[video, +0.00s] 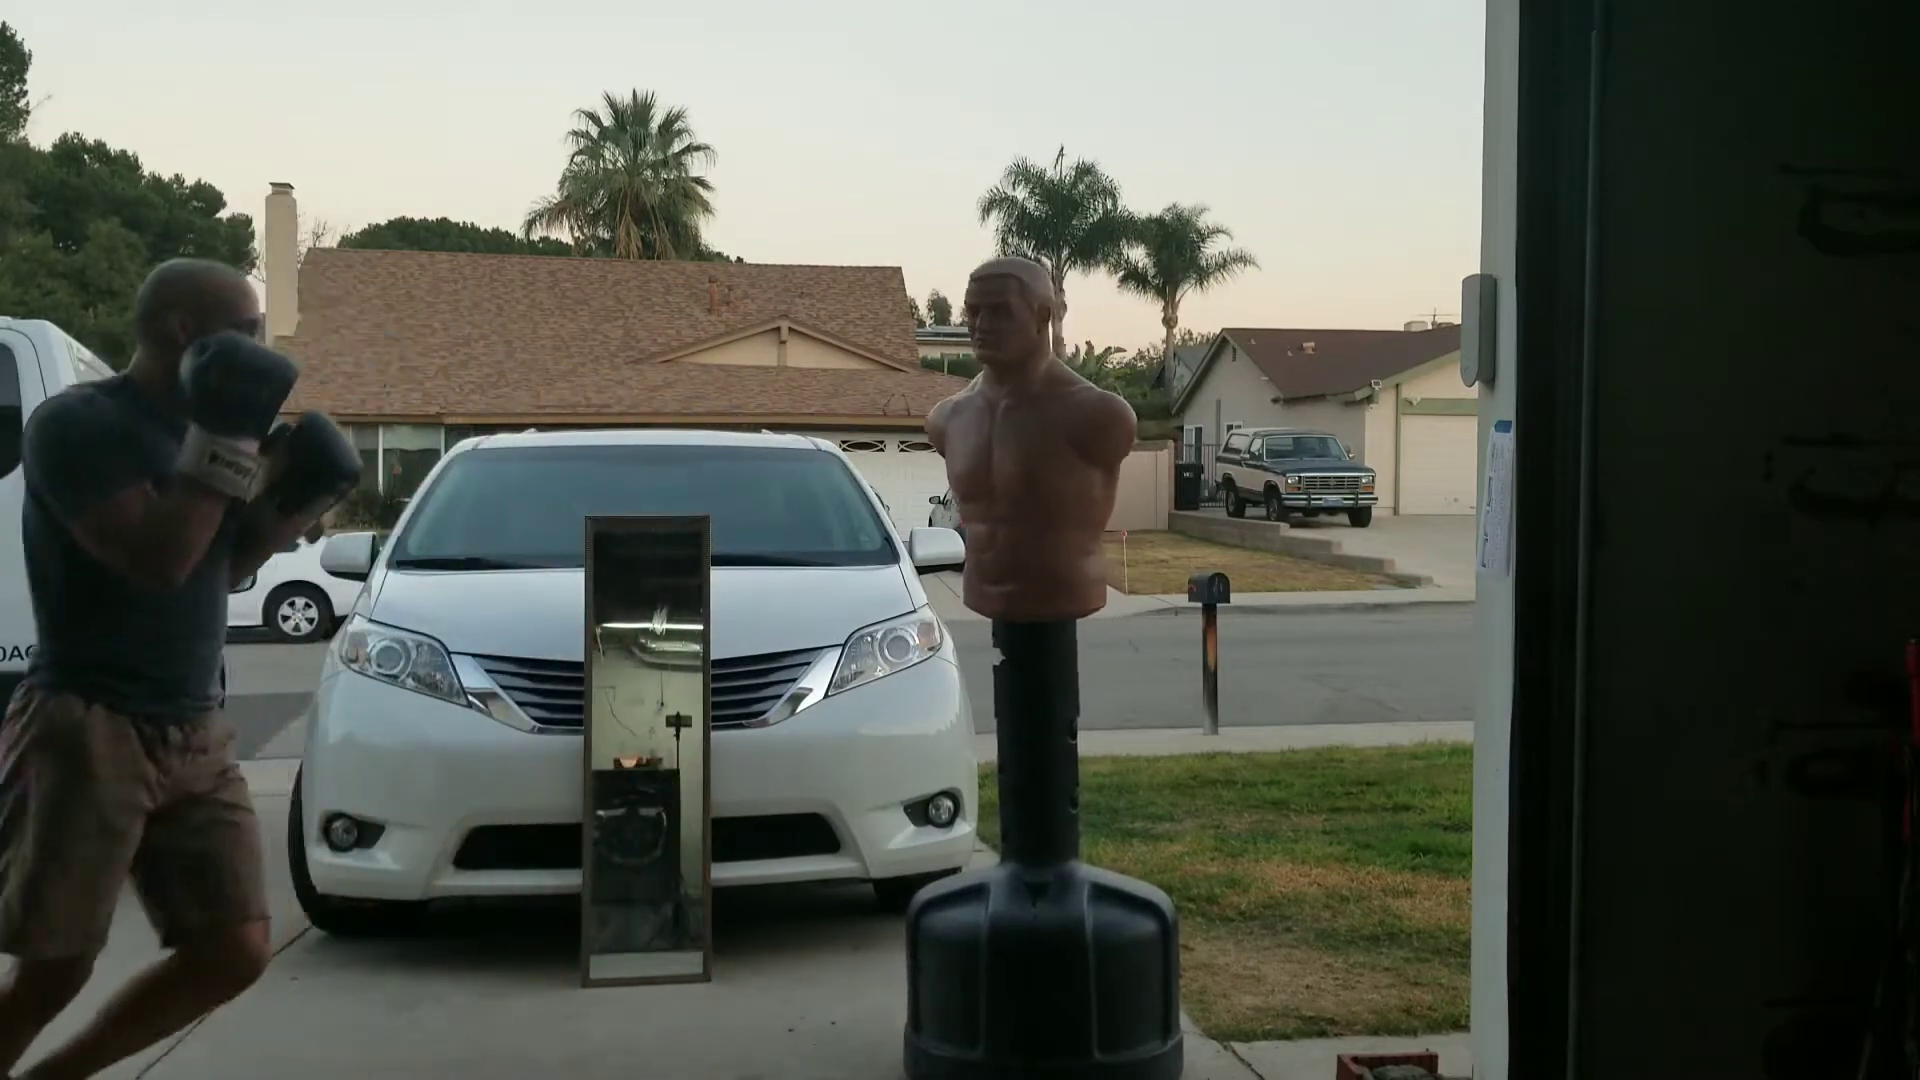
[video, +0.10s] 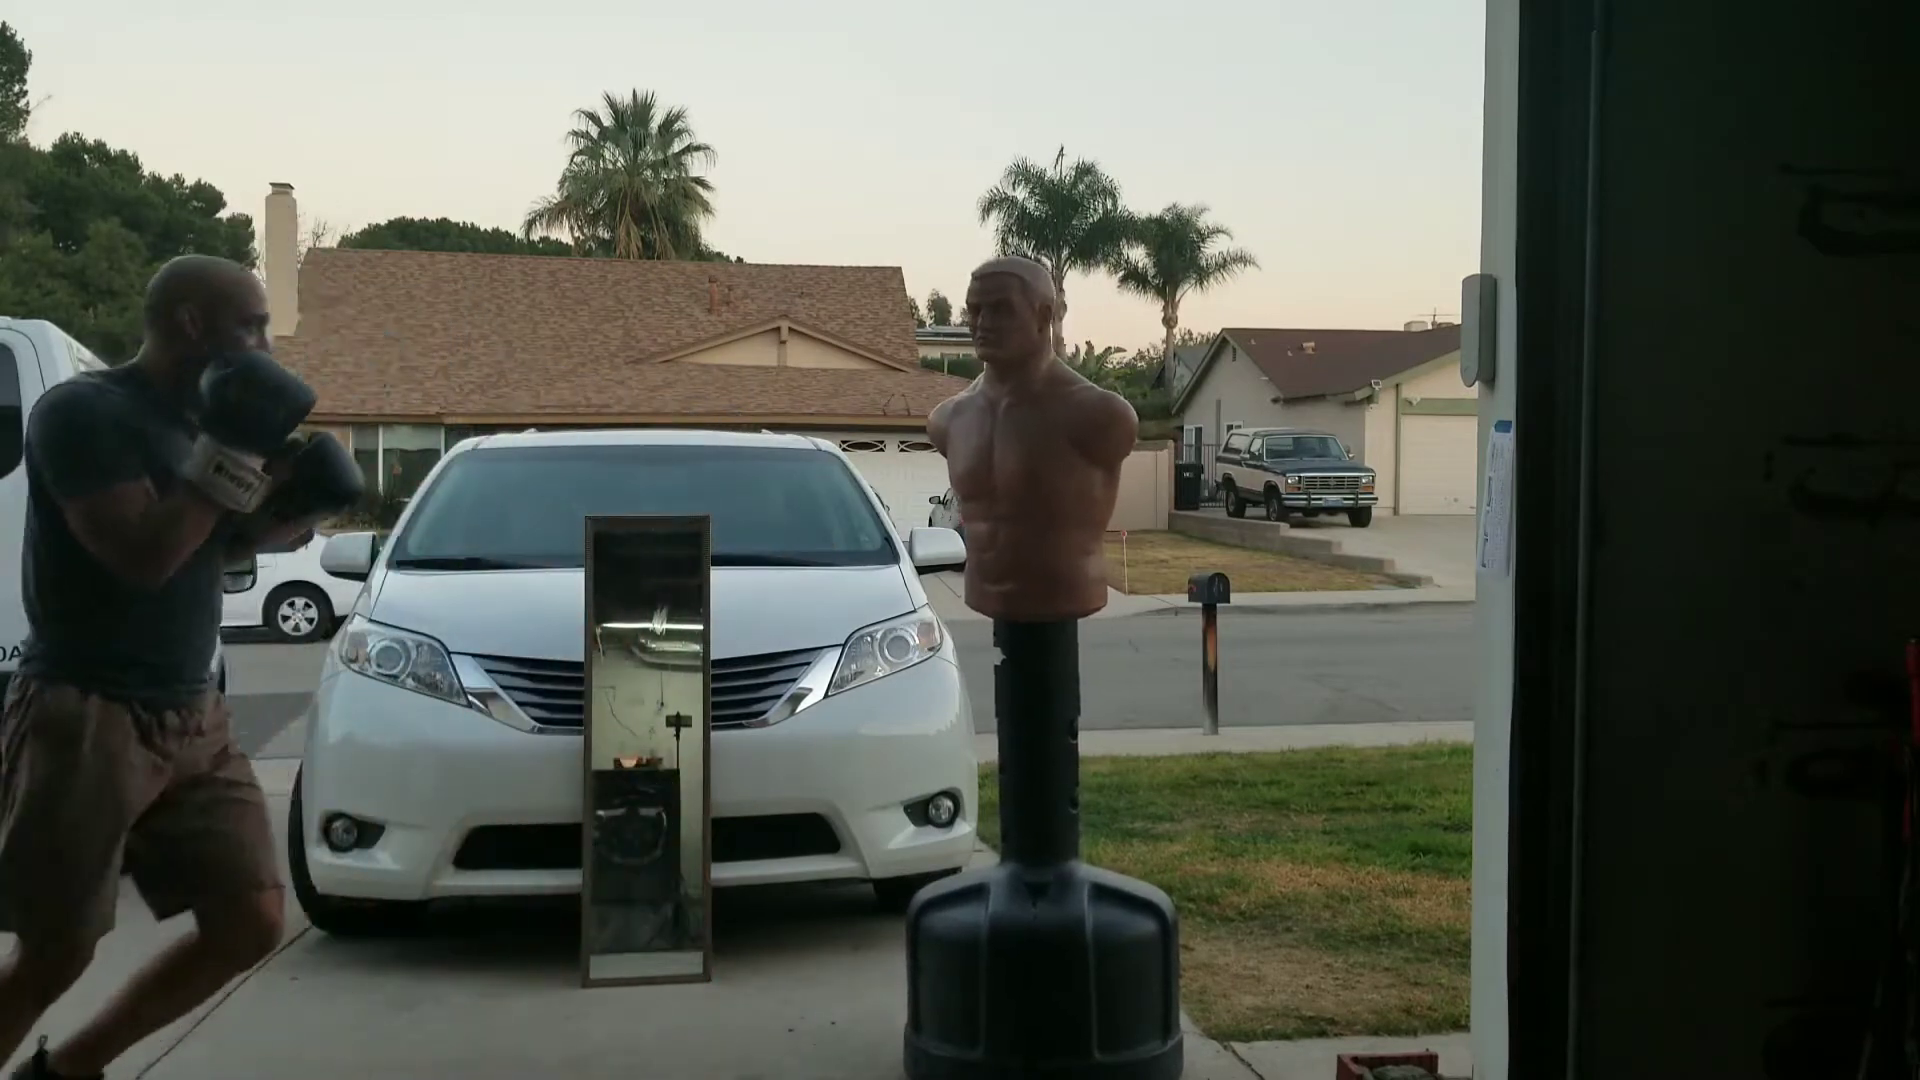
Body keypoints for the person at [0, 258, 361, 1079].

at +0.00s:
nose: (253, 358)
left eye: (258, 341)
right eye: (238, 338)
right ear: (177, 334)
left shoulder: (206, 437)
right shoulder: (73, 423)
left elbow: (217, 568)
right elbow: (161, 559)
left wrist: (290, 506)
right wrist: (229, 438)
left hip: (194, 735)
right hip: (82, 732)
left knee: (232, 953)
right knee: (54, 968)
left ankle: (52, 1072)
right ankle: (4, 1068)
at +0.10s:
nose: (260, 349)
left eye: (263, 331)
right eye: (249, 330)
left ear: (194, 328)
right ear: (186, 325)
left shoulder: (207, 424)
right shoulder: (76, 412)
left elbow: (217, 540)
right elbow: (145, 555)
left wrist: (285, 515)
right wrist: (234, 450)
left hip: (194, 717)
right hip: (82, 721)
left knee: (250, 925)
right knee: (55, 953)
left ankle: (73, 1062)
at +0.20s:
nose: (292, 321)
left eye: (297, 306)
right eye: (284, 303)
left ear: (237, 292)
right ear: (229, 288)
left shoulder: (231, 383)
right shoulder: (127, 361)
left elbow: (250, 512)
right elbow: (180, 512)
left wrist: (327, 427)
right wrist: (279, 416)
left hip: (207, 673)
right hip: (105, 675)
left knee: (286, 867)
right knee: (55, 912)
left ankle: (178, 1067)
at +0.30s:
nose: (309, 351)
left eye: (316, 336)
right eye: (309, 332)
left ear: (269, 312)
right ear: (271, 312)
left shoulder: (232, 392)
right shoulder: (179, 368)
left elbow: (310, 520)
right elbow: (278, 508)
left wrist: (350, 411)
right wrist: (335, 395)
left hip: (215, 685)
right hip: (126, 685)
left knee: (310, 851)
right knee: (62, 921)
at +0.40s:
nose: (358, 407)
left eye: (364, 393)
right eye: (358, 389)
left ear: (297, 366)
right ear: (322, 374)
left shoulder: (266, 432)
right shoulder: (235, 410)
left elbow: (305, 567)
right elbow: (319, 554)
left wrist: (379, 455)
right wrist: (386, 441)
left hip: (248, 727)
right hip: (161, 726)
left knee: (353, 876)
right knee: (67, 954)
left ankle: (397, 1068)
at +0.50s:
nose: (402, 410)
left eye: (406, 393)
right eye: (397, 388)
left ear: (340, 373)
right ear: (353, 373)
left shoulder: (286, 434)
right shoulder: (284, 424)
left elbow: (325, 574)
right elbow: (337, 571)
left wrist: (394, 482)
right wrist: (418, 480)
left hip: (284, 726)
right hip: (204, 730)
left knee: (395, 867)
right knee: (118, 959)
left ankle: (403, 1068)